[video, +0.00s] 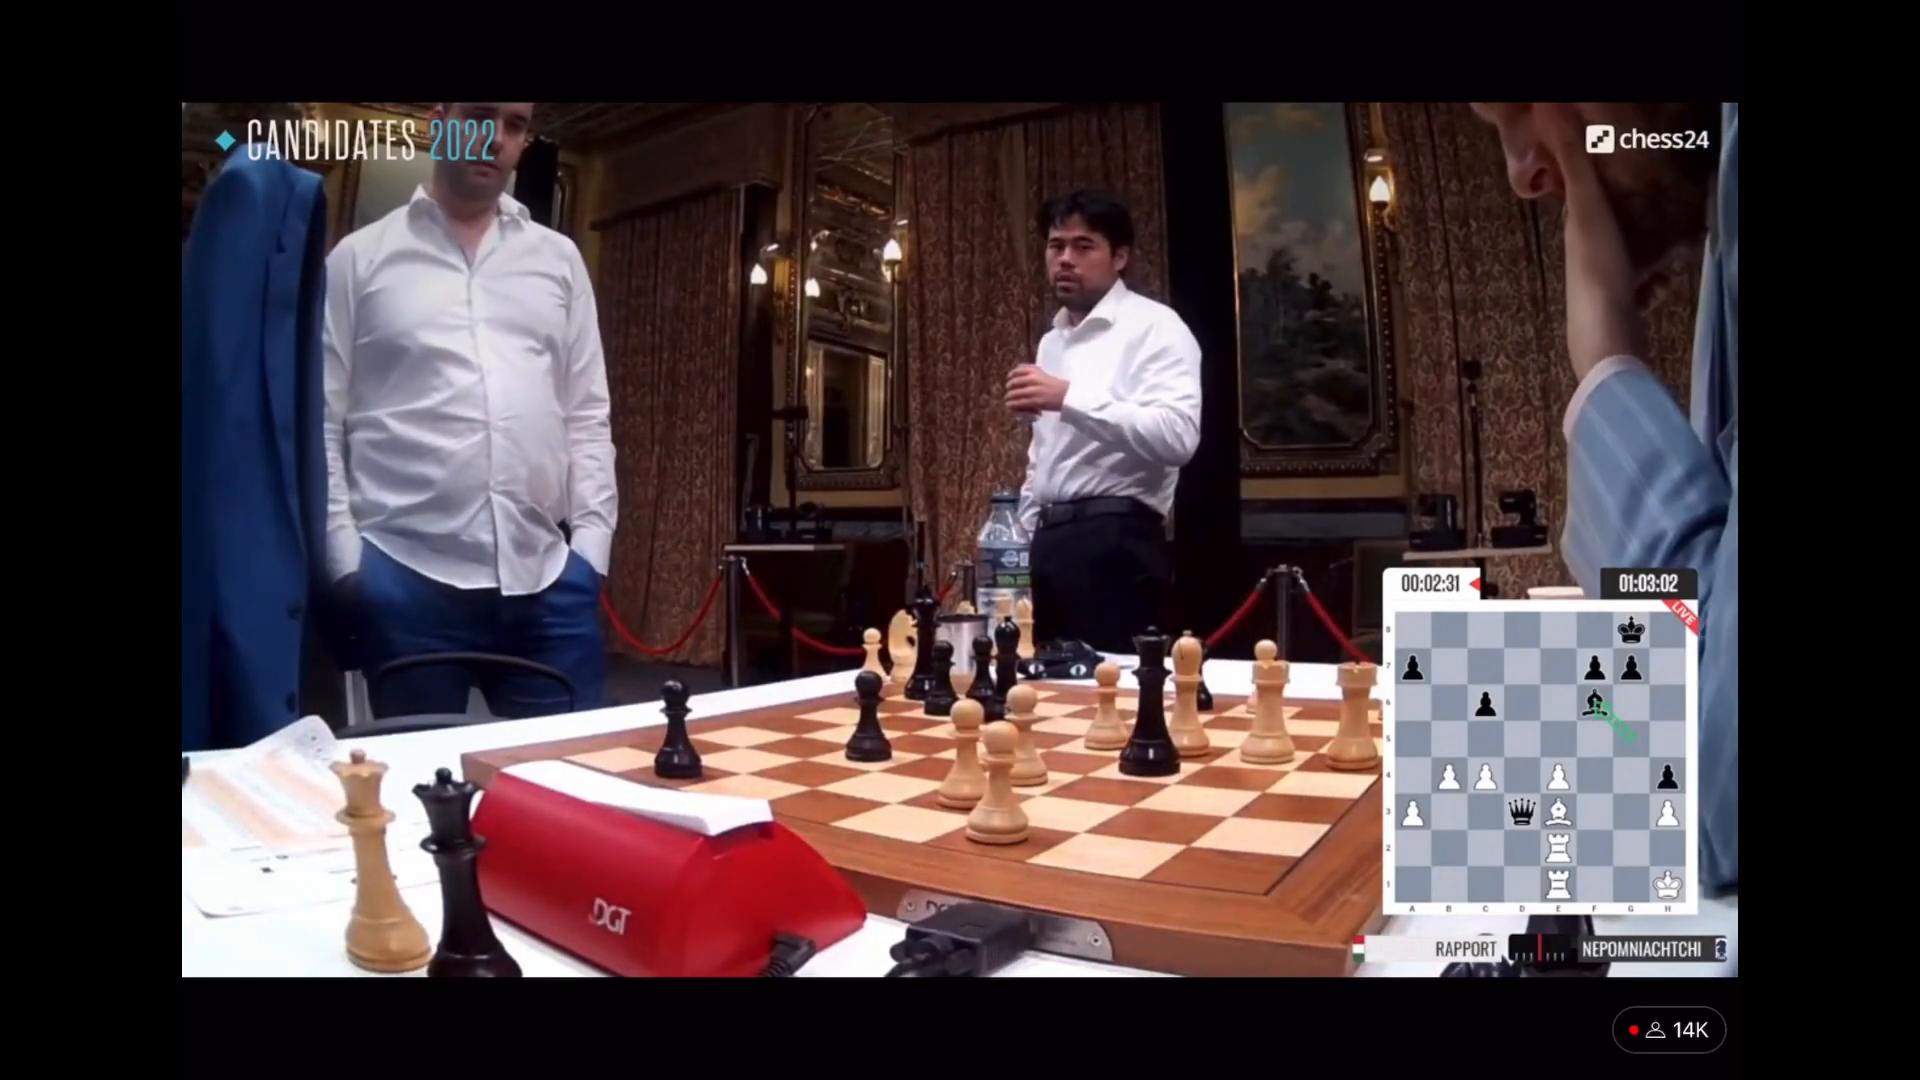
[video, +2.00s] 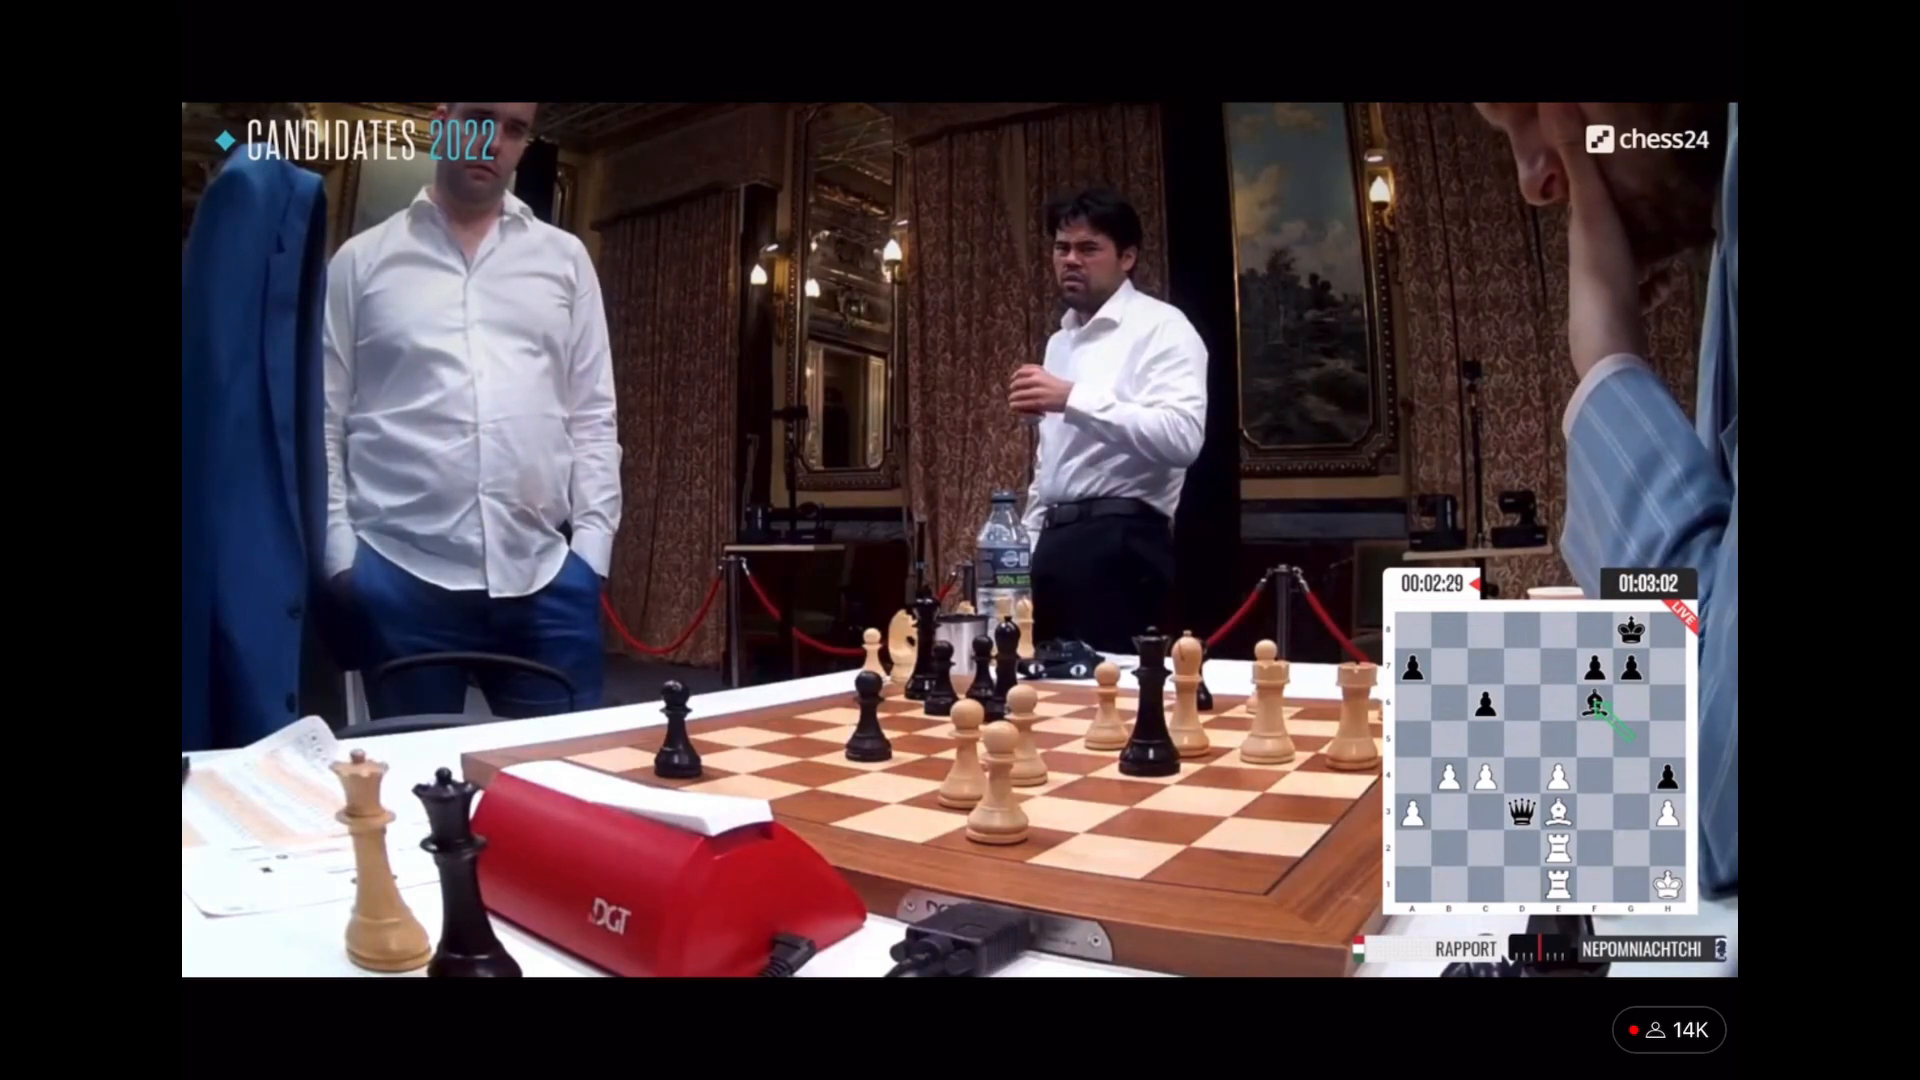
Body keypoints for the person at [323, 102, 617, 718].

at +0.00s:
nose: (494, 141)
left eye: (514, 127)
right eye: (479, 117)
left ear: (528, 142)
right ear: (438, 119)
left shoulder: (559, 259)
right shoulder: (359, 260)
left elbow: (588, 415)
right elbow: (323, 421)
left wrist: (589, 550)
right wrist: (347, 565)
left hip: (549, 582)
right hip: (406, 585)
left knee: (574, 788)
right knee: (419, 791)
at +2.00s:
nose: (490, 144)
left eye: (513, 130)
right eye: (477, 120)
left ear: (528, 144)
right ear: (440, 119)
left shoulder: (565, 258)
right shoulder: (361, 262)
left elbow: (593, 417)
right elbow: (324, 420)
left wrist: (590, 552)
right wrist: (342, 561)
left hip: (548, 584)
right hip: (402, 585)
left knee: (571, 790)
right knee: (415, 793)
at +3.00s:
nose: (490, 144)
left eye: (514, 131)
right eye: (477, 120)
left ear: (530, 146)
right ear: (441, 121)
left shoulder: (565, 260)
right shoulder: (362, 263)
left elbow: (594, 417)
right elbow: (325, 419)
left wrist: (589, 554)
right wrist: (342, 561)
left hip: (547, 584)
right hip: (402, 586)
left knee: (572, 788)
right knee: (414, 791)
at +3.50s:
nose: (490, 144)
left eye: (513, 131)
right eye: (477, 120)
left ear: (530, 145)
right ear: (441, 121)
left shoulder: (565, 260)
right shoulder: (362, 262)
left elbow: (592, 417)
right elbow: (326, 418)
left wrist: (588, 553)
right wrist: (341, 560)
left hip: (546, 583)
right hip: (401, 585)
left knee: (570, 786)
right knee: (412, 789)